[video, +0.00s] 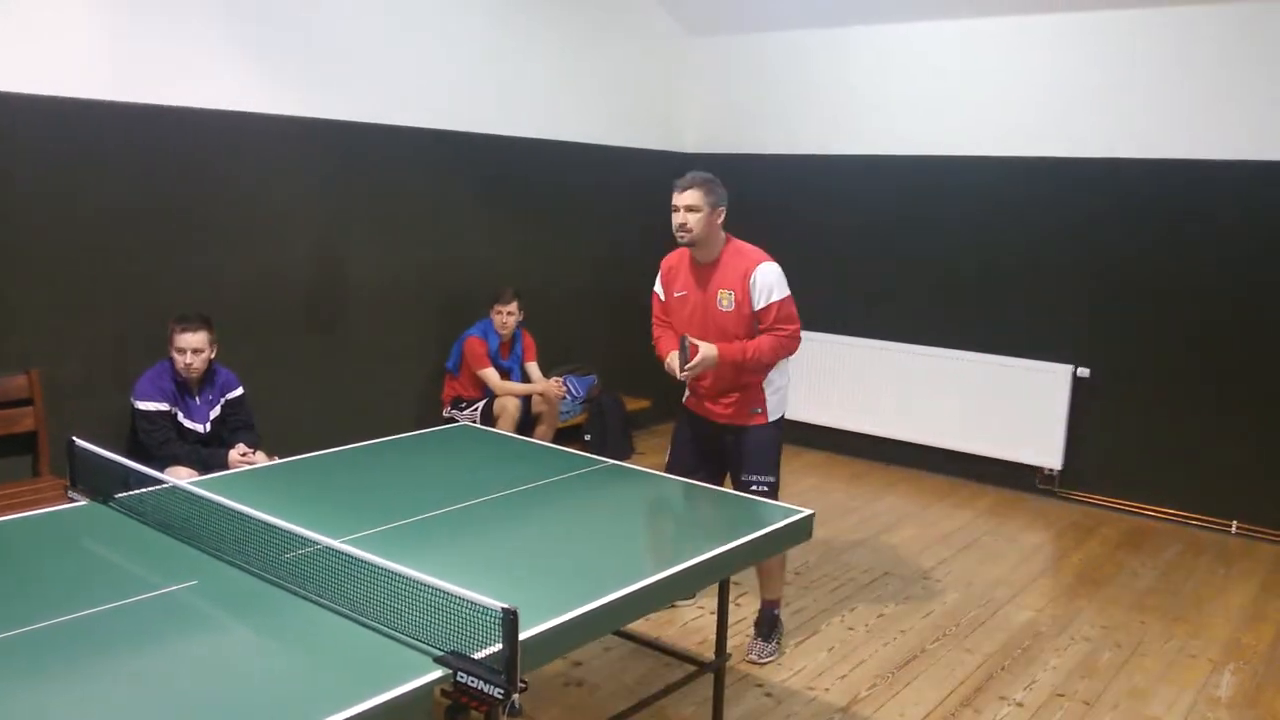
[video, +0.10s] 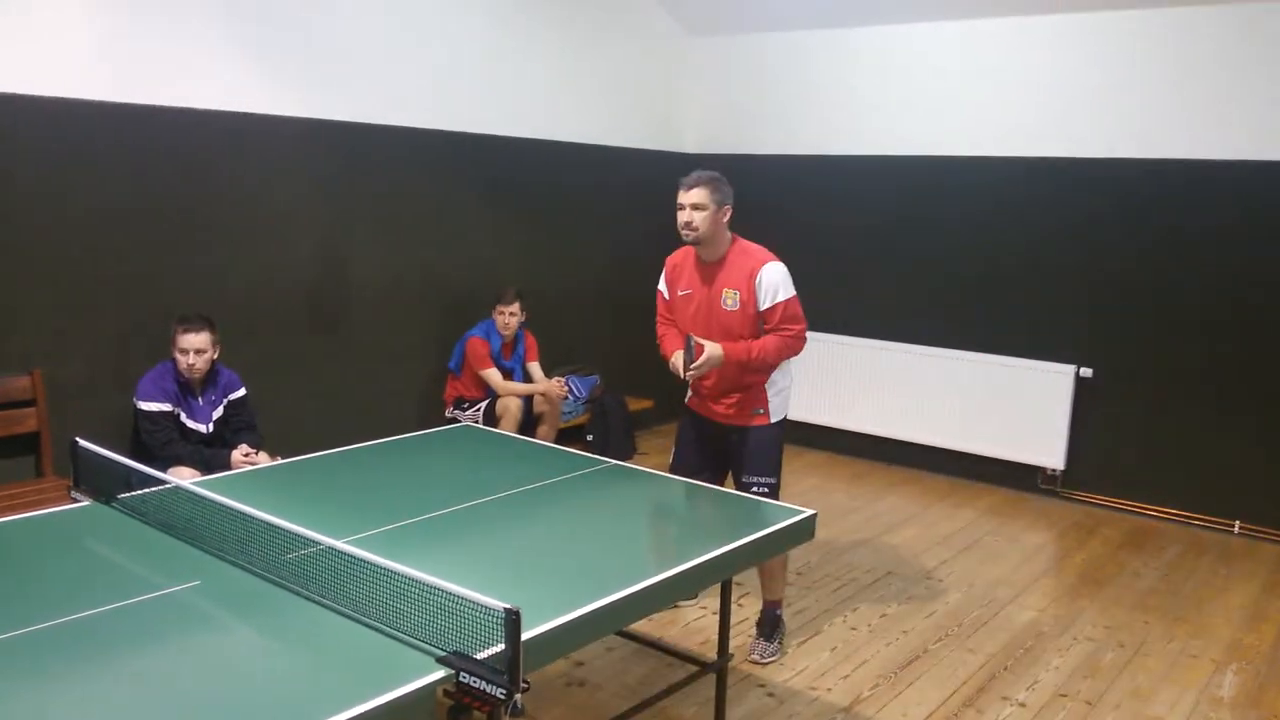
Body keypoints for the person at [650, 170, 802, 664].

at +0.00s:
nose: (678, 219)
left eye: (689, 211)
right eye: (675, 210)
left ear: (719, 215)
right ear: (673, 214)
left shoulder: (758, 268)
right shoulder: (671, 267)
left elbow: (787, 337)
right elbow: (662, 327)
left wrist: (722, 354)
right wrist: (673, 355)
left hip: (754, 416)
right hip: (697, 410)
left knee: (760, 515)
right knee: (677, 501)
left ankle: (769, 616)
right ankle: (676, 575)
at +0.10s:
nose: (684, 217)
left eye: (695, 209)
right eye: (680, 208)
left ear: (725, 213)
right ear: (678, 212)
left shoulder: (764, 268)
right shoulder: (676, 264)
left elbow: (792, 336)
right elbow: (666, 323)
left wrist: (727, 353)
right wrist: (676, 352)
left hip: (755, 417)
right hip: (699, 411)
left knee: (761, 516)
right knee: (681, 502)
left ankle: (771, 617)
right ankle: (678, 577)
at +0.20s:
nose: (690, 214)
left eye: (701, 206)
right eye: (685, 206)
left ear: (730, 211)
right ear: (682, 211)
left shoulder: (768, 268)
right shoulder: (679, 262)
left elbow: (794, 338)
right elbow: (666, 320)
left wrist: (728, 352)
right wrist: (676, 350)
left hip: (756, 418)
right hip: (699, 411)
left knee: (760, 517)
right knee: (679, 503)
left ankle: (769, 617)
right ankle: (674, 578)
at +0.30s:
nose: (698, 216)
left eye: (709, 208)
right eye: (694, 207)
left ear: (739, 213)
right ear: (692, 211)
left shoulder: (775, 271)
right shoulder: (687, 261)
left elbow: (801, 342)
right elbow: (672, 320)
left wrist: (733, 352)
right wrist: (681, 349)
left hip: (760, 418)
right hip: (704, 411)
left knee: (763, 519)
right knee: (681, 502)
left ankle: (770, 618)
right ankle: (678, 576)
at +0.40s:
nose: (703, 220)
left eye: (715, 212)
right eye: (698, 211)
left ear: (743, 216)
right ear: (694, 214)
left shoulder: (779, 275)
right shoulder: (690, 264)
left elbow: (805, 345)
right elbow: (676, 323)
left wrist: (737, 356)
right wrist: (683, 352)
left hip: (761, 421)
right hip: (704, 412)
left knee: (761, 519)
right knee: (674, 497)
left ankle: (769, 616)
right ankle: (683, 572)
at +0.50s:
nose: (704, 221)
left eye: (715, 212)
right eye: (698, 211)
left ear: (744, 215)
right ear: (694, 213)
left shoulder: (779, 273)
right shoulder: (691, 263)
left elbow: (807, 343)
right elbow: (678, 326)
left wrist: (739, 356)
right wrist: (684, 354)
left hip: (762, 423)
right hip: (704, 414)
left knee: (767, 523)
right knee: (674, 500)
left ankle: (769, 618)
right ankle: (674, 580)